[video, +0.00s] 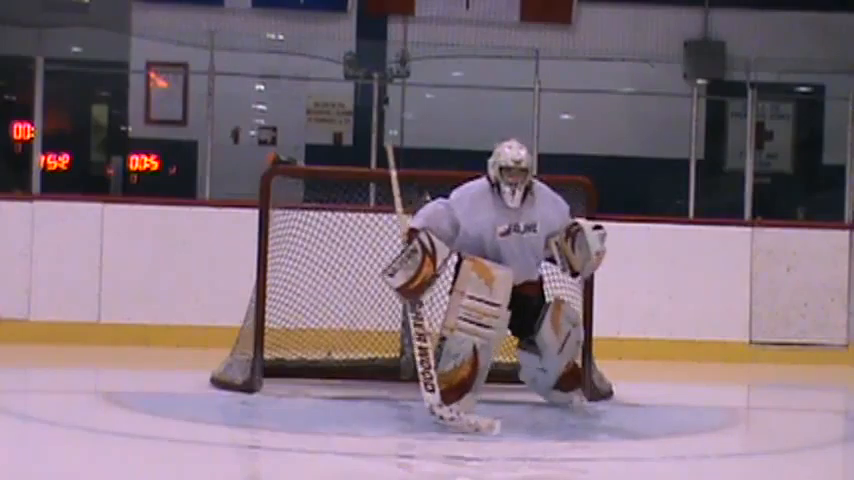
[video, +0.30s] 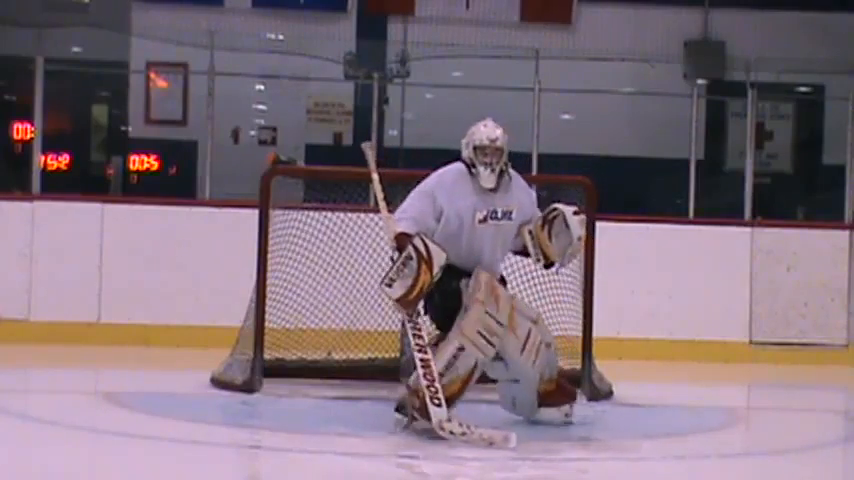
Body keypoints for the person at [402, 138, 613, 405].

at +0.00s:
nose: (514, 181)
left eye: (520, 175)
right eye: (508, 174)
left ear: (530, 175)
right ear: (494, 172)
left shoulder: (546, 203)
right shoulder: (470, 199)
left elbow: (559, 245)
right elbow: (433, 224)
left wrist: (580, 246)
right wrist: (420, 253)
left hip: (526, 285)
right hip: (478, 284)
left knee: (547, 338)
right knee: (468, 339)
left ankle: (556, 387)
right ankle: (451, 399)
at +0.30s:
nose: (489, 159)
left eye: (495, 153)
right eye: (482, 152)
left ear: (504, 154)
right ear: (469, 153)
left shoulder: (517, 188)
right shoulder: (445, 182)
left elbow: (521, 241)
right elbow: (404, 224)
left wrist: (552, 236)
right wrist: (416, 261)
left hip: (489, 280)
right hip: (445, 276)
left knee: (522, 332)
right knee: (468, 336)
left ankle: (538, 392)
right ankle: (422, 401)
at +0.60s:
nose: (486, 146)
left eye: (492, 140)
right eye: (479, 139)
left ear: (502, 142)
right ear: (465, 139)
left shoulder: (515, 178)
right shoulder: (442, 168)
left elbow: (521, 224)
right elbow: (401, 216)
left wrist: (551, 221)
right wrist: (406, 251)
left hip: (488, 274)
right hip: (439, 271)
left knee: (508, 345)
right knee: (425, 347)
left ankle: (524, 418)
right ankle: (390, 413)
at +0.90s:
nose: (453, 137)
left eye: (462, 130)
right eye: (450, 129)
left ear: (481, 132)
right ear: (443, 128)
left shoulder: (506, 164)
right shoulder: (422, 164)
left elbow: (545, 211)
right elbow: (392, 218)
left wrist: (535, 218)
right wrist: (366, 255)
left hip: (497, 263)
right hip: (441, 263)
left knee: (496, 337)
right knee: (409, 328)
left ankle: (523, 415)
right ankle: (393, 408)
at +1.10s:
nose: (411, 153)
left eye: (417, 145)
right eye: (408, 145)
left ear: (437, 142)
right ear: (407, 145)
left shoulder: (468, 170)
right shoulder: (403, 182)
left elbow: (509, 211)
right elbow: (383, 228)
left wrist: (495, 240)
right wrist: (355, 248)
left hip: (484, 273)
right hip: (431, 276)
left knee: (481, 345)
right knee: (400, 332)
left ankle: (529, 409)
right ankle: (382, 399)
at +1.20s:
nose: (388, 163)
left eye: (393, 155)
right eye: (382, 158)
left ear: (410, 153)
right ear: (378, 160)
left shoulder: (438, 181)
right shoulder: (383, 199)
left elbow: (477, 227)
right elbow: (360, 235)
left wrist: (446, 253)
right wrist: (335, 256)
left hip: (469, 279)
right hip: (421, 283)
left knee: (481, 346)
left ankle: (535, 405)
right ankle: (350, 387)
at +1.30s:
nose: (344, 172)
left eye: (347, 164)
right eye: (342, 165)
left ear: (362, 161)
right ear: (348, 166)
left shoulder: (393, 185)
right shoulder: (354, 197)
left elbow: (432, 236)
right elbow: (337, 234)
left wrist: (402, 259)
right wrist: (316, 242)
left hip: (438, 277)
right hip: (397, 281)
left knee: (465, 345)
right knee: (339, 313)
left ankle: (537, 404)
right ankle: (338, 387)